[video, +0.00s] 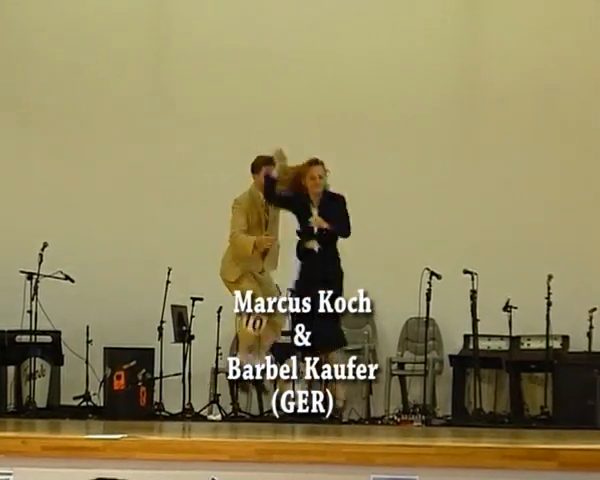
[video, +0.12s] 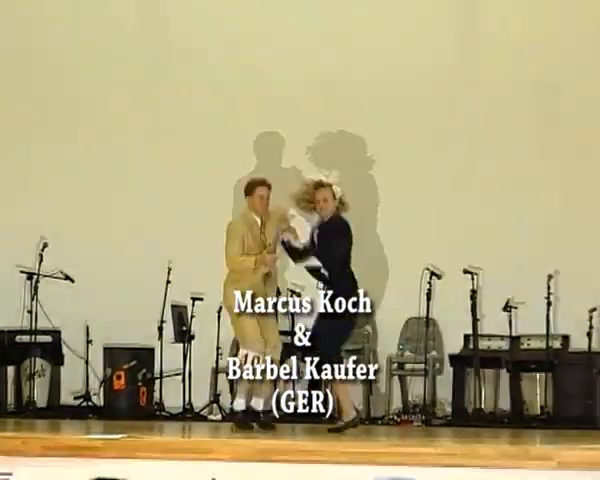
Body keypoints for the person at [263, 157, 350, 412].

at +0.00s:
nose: (317, 182)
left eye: (320, 177)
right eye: (312, 178)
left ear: (325, 178)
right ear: (303, 180)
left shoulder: (335, 200)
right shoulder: (299, 201)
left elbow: (345, 231)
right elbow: (271, 197)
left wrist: (325, 224)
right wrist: (273, 173)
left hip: (330, 266)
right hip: (307, 265)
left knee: (326, 323)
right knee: (305, 320)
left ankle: (332, 387)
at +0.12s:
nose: (322, 205)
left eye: (326, 200)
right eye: (318, 201)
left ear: (335, 200)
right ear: (313, 203)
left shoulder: (340, 226)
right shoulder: (319, 228)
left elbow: (333, 262)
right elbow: (301, 256)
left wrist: (310, 248)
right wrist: (288, 241)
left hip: (344, 298)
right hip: (332, 297)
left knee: (326, 349)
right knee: (322, 349)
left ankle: (348, 410)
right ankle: (344, 409)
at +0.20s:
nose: (324, 225)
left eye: (327, 220)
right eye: (323, 221)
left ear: (339, 219)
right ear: (323, 223)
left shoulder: (342, 248)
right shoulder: (340, 247)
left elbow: (325, 277)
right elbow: (325, 276)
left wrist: (294, 272)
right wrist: (295, 272)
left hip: (356, 315)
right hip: (355, 314)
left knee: (329, 364)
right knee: (337, 365)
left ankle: (350, 418)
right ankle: (356, 416)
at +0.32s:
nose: (332, 237)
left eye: (336, 233)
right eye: (333, 233)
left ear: (348, 234)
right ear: (350, 235)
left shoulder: (349, 258)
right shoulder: (359, 256)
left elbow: (323, 284)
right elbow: (325, 283)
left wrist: (291, 291)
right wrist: (293, 291)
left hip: (373, 324)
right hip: (381, 323)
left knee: (331, 364)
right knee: (355, 367)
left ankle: (350, 418)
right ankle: (359, 418)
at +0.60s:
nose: (363, 223)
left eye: (368, 218)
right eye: (361, 218)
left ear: (380, 220)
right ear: (362, 220)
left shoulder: (373, 243)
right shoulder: (388, 243)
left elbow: (347, 260)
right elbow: (376, 281)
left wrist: (313, 270)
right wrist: (345, 279)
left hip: (395, 310)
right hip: (408, 310)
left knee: (361, 358)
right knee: (378, 362)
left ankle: (355, 415)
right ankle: (377, 417)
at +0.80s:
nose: (360, 219)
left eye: (363, 214)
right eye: (360, 215)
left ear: (377, 214)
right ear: (376, 216)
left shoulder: (374, 240)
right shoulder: (385, 240)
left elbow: (349, 261)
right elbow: (374, 275)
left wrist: (322, 265)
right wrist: (342, 275)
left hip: (385, 309)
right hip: (395, 308)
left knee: (351, 357)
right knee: (373, 362)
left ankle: (349, 416)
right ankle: (378, 418)